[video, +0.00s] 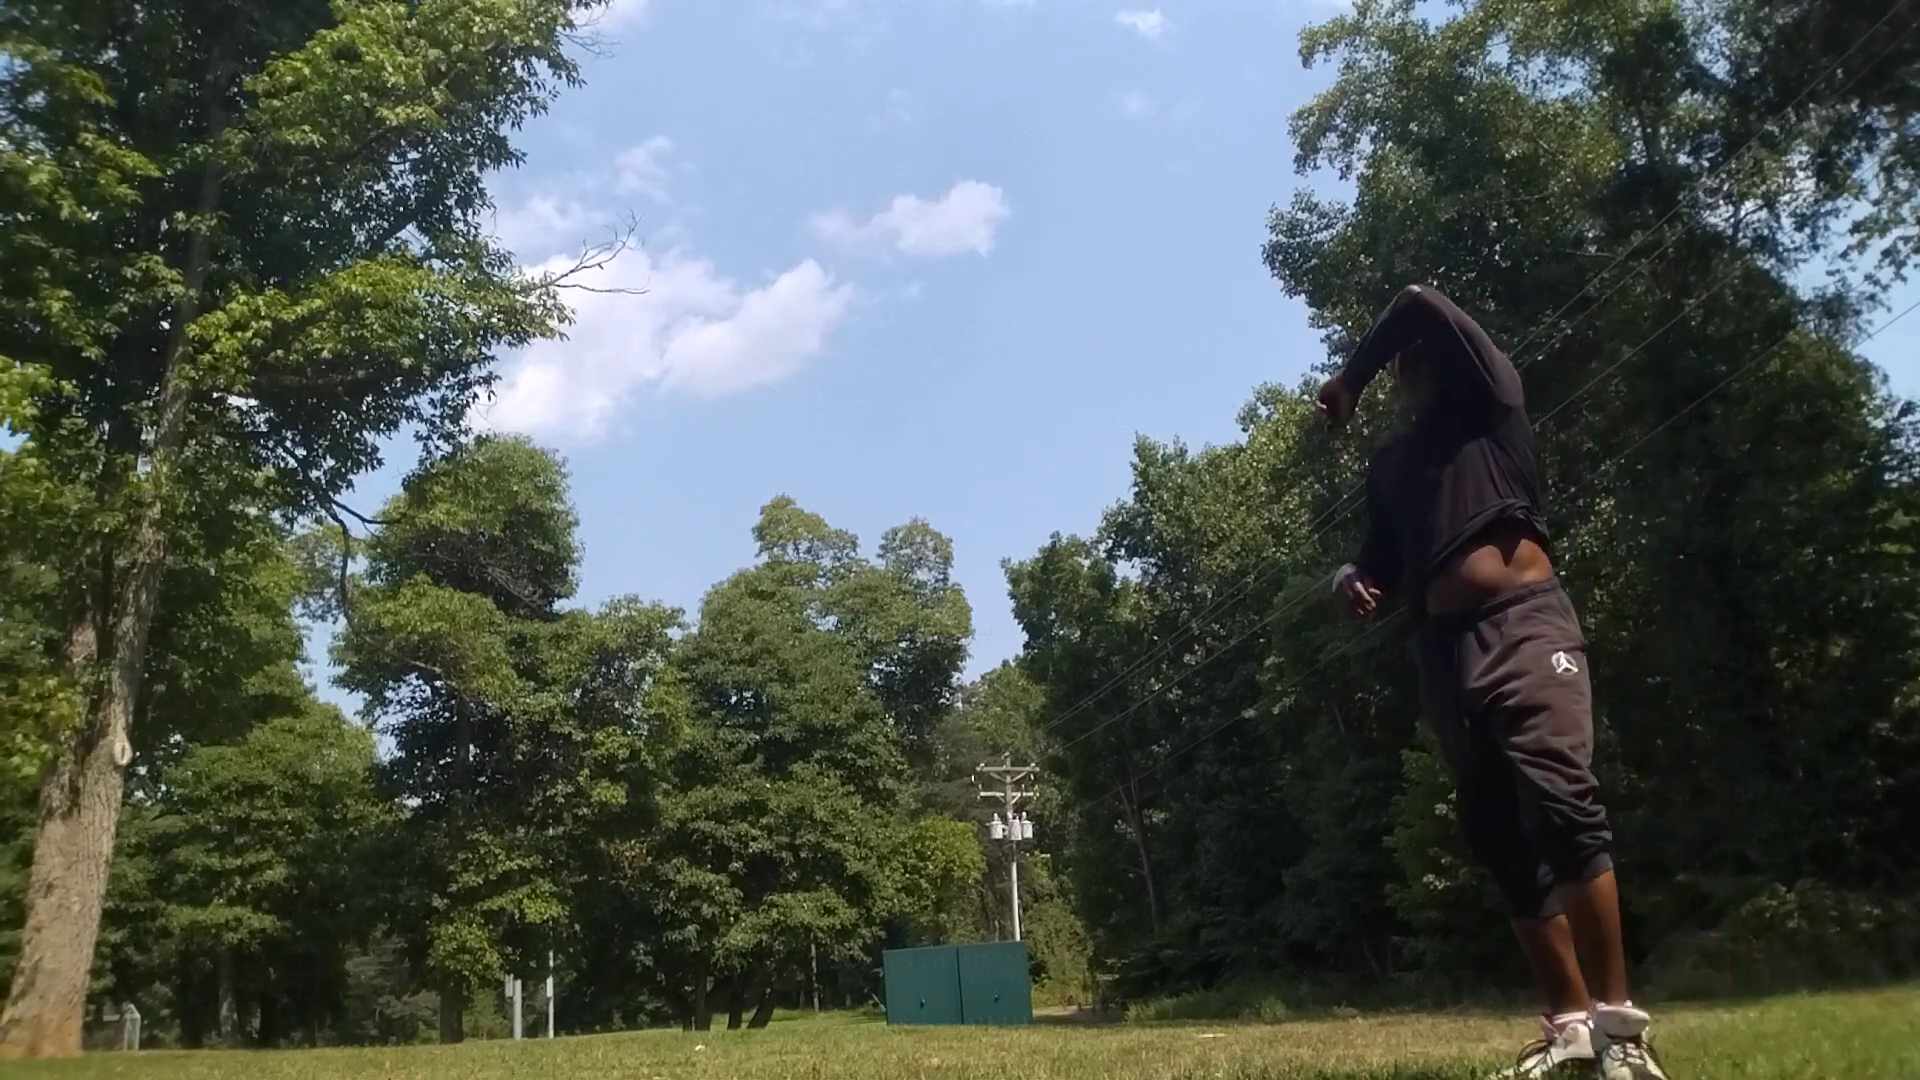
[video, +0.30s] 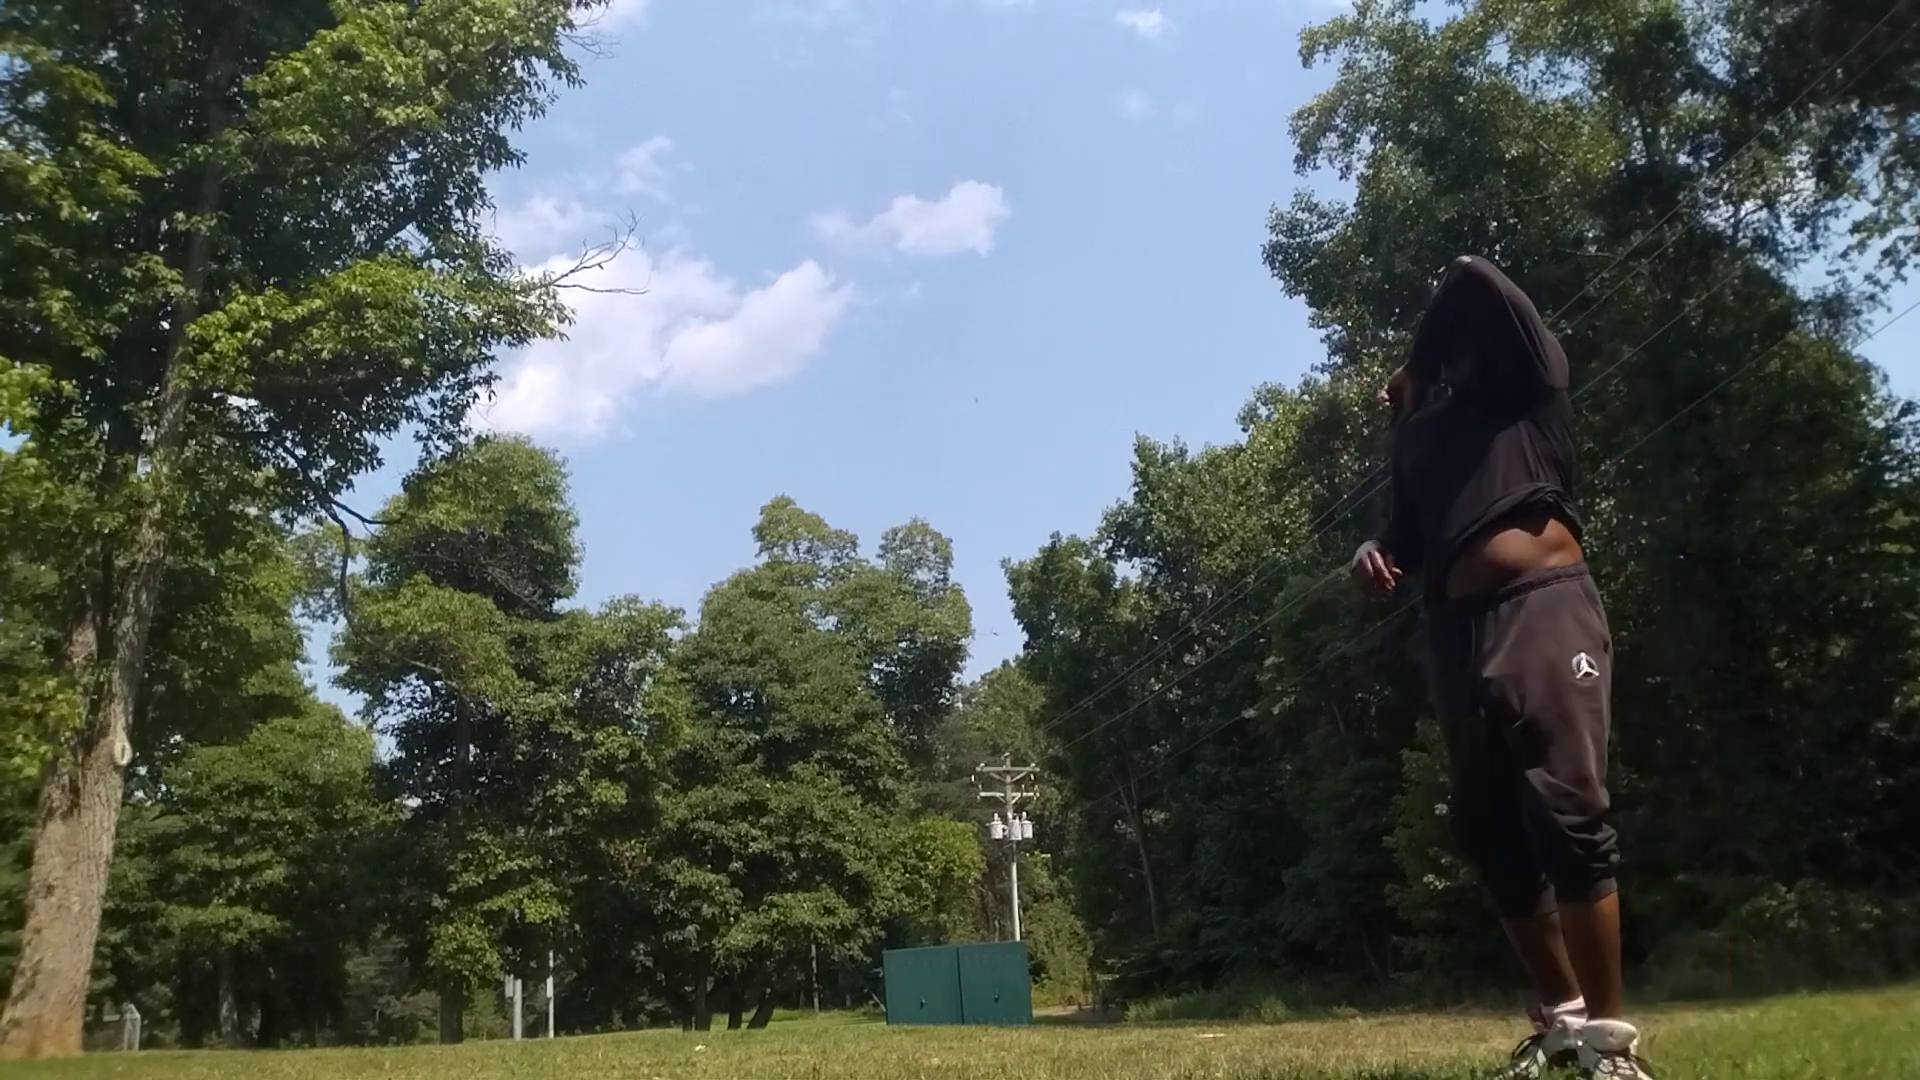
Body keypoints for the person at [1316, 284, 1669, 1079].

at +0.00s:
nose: (1401, 365)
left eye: (1413, 349)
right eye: (1397, 358)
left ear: (1445, 354)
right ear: (1402, 375)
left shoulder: (1490, 396)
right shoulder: (1388, 464)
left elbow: (1416, 300)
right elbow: (1379, 566)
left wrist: (1350, 375)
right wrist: (1354, 583)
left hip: (1527, 615)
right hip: (1447, 645)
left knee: (1563, 801)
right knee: (1498, 828)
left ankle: (1618, 1021)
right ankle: (1568, 1024)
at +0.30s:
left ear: (1474, 324)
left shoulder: (1528, 372)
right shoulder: (1415, 429)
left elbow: (1471, 275)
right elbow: (1413, 527)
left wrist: (1416, 366)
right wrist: (1384, 557)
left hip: (1546, 598)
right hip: (1462, 624)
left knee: (1569, 810)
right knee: (1489, 822)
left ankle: (1610, 1033)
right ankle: (1562, 1022)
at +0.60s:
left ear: (1531, 287)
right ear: (1492, 298)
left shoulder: (1568, 343)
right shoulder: (1444, 400)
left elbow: (1535, 239)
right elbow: (1427, 497)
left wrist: (1456, 330)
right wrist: (1399, 515)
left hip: (1567, 584)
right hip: (1467, 602)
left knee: (1585, 804)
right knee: (1450, 797)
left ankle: (1609, 1034)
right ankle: (1524, 1018)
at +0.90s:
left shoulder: (1586, 325)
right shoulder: (1447, 366)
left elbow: (1590, 213)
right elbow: (1404, 468)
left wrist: (1472, 285)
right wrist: (1382, 475)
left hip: (1588, 578)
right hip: (1481, 587)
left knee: (1600, 807)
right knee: (1506, 798)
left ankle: (1611, 1032)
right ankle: (1548, 1028)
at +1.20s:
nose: (1505, 256)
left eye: (1523, 238)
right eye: (1492, 243)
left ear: (1563, 244)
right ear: (1476, 252)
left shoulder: (1617, 303)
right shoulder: (1443, 341)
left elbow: (1710, 214)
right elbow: (1324, 418)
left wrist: (1566, 246)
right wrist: (1353, 338)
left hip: (1621, 574)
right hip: (1515, 586)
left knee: (1626, 798)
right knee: (1597, 799)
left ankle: (1613, 1019)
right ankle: (1669, 1036)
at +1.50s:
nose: (1499, 194)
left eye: (1515, 175)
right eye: (1481, 182)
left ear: (1554, 185)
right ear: (1462, 204)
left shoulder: (1633, 266)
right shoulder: (1435, 290)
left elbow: (1739, 337)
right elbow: (1298, 278)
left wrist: (1764, 373)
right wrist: (1412, 205)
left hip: (1652, 548)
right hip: (1529, 565)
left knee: (1724, 767)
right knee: (1585, 784)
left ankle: (1668, 976)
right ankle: (1664, 1019)